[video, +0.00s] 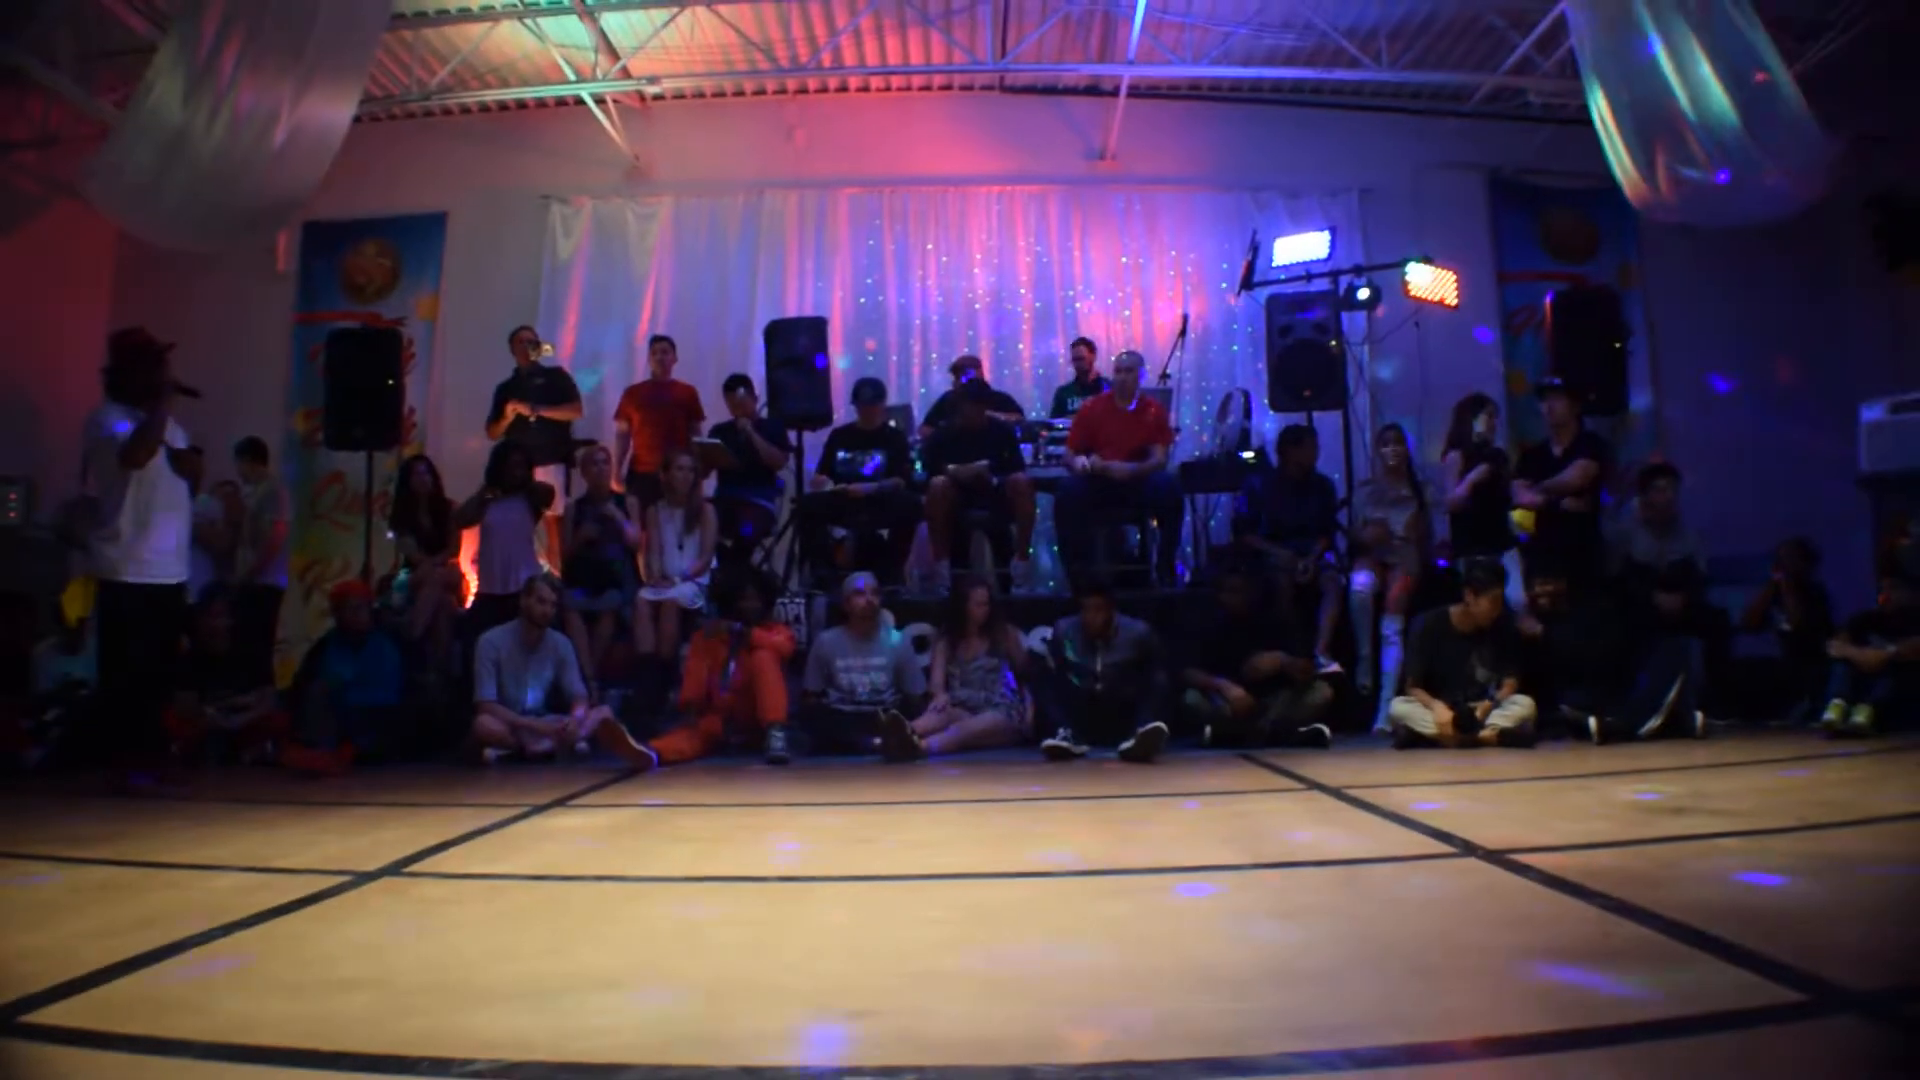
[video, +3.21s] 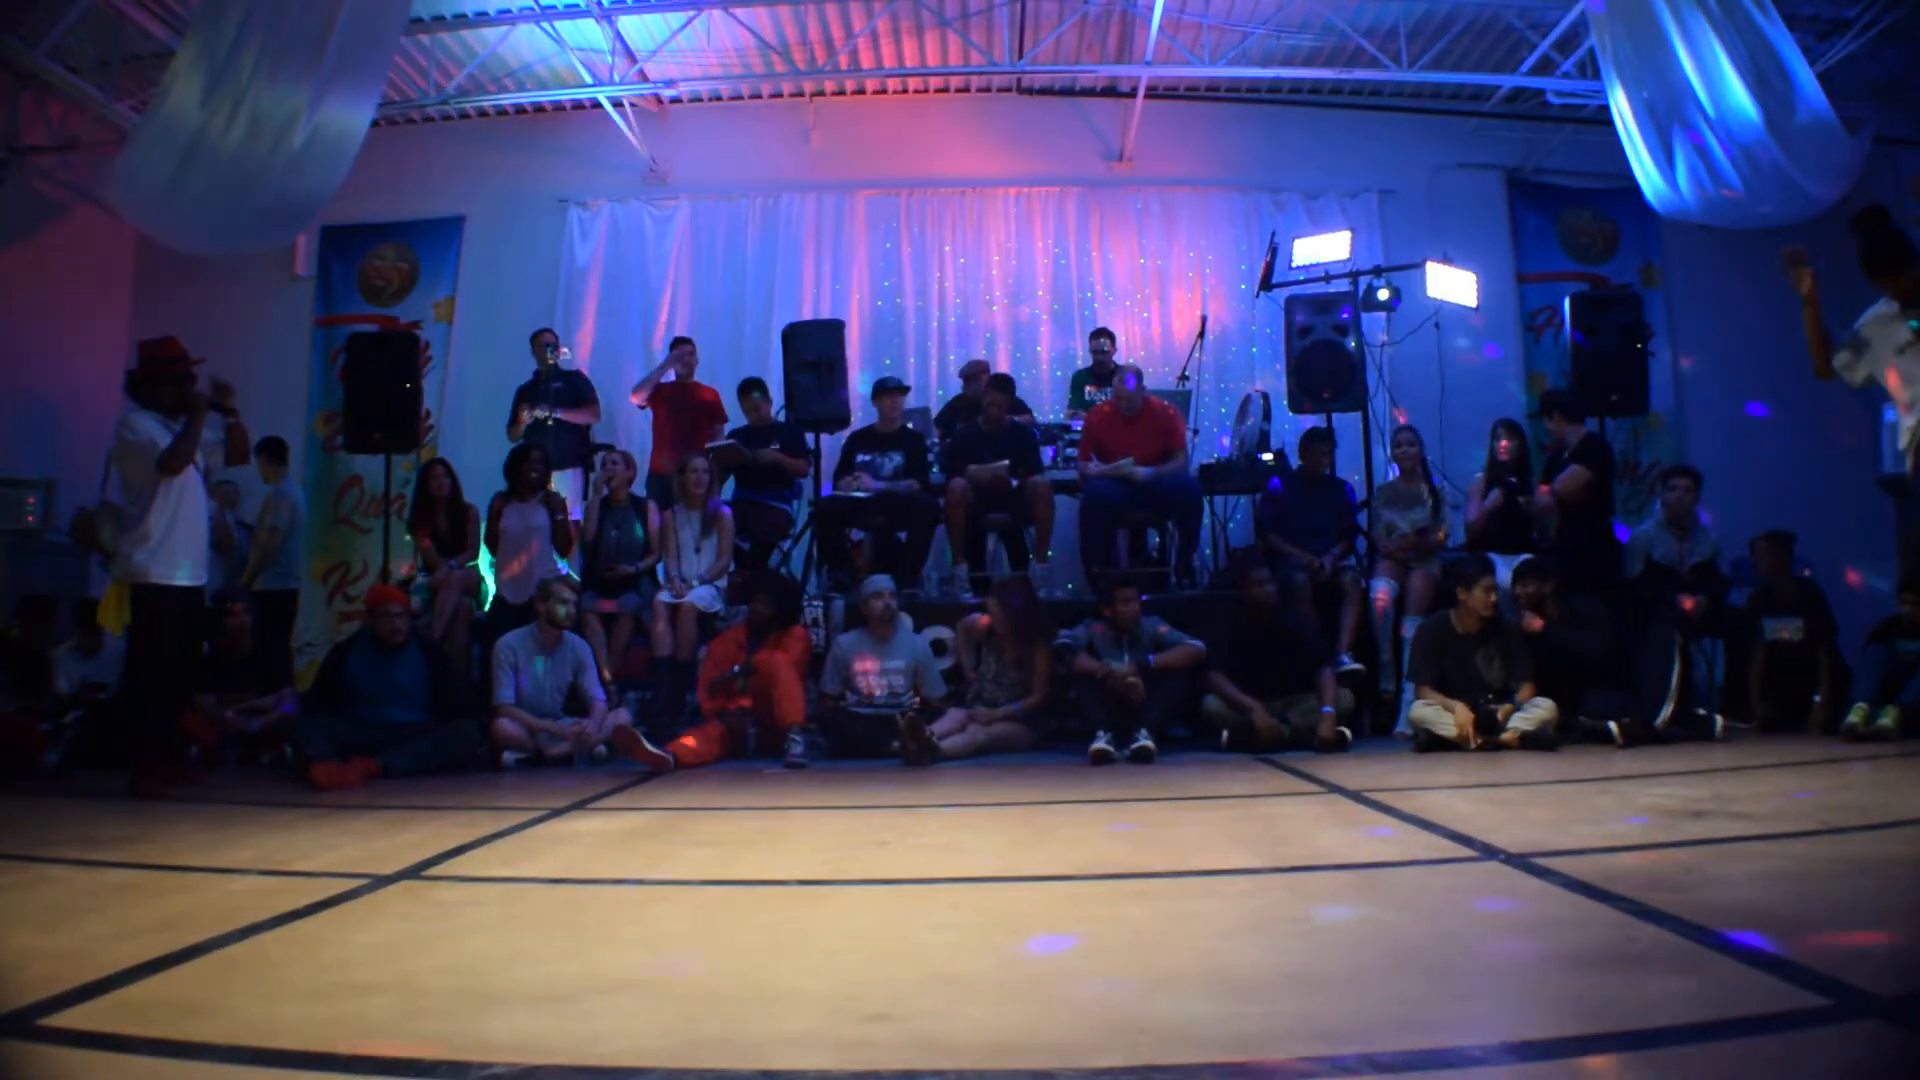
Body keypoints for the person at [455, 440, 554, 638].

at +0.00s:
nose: (515, 472)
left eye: (520, 465)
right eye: (509, 465)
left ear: (527, 468)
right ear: (497, 467)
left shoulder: (530, 500)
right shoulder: (487, 503)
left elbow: (548, 492)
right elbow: (460, 519)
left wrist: (524, 483)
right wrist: (483, 494)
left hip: (523, 590)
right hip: (490, 591)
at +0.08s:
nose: (520, 473)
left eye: (524, 466)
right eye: (514, 467)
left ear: (531, 469)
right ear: (502, 469)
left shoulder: (535, 501)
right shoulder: (493, 504)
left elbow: (551, 494)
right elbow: (465, 521)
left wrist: (527, 483)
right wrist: (491, 494)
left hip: (530, 591)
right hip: (498, 593)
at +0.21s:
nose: (543, 473)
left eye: (548, 467)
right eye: (538, 467)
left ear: (555, 470)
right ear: (526, 469)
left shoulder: (558, 500)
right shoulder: (518, 502)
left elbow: (576, 495)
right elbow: (490, 522)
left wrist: (552, 483)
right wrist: (515, 494)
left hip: (552, 590)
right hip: (520, 590)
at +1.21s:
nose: (530, 473)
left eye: (536, 467)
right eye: (526, 467)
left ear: (547, 471)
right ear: (518, 471)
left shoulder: (553, 500)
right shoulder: (513, 505)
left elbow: (557, 511)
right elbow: (488, 517)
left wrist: (555, 491)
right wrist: (514, 493)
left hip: (545, 593)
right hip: (511, 593)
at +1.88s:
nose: (538, 471)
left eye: (542, 465)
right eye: (532, 465)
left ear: (548, 470)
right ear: (518, 469)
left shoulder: (555, 503)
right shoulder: (505, 503)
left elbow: (555, 532)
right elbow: (486, 539)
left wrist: (549, 500)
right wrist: (506, 502)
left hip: (544, 595)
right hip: (509, 594)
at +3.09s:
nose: (534, 470)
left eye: (540, 465)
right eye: (528, 464)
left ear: (547, 470)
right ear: (515, 468)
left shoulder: (554, 500)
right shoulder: (501, 500)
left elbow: (566, 546)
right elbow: (491, 546)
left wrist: (557, 511)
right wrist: (496, 513)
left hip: (544, 593)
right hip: (508, 593)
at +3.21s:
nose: (534, 470)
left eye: (539, 464)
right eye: (528, 464)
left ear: (546, 470)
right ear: (515, 468)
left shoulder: (553, 501)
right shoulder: (501, 501)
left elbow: (564, 548)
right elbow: (491, 543)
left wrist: (557, 512)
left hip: (543, 591)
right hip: (508, 590)